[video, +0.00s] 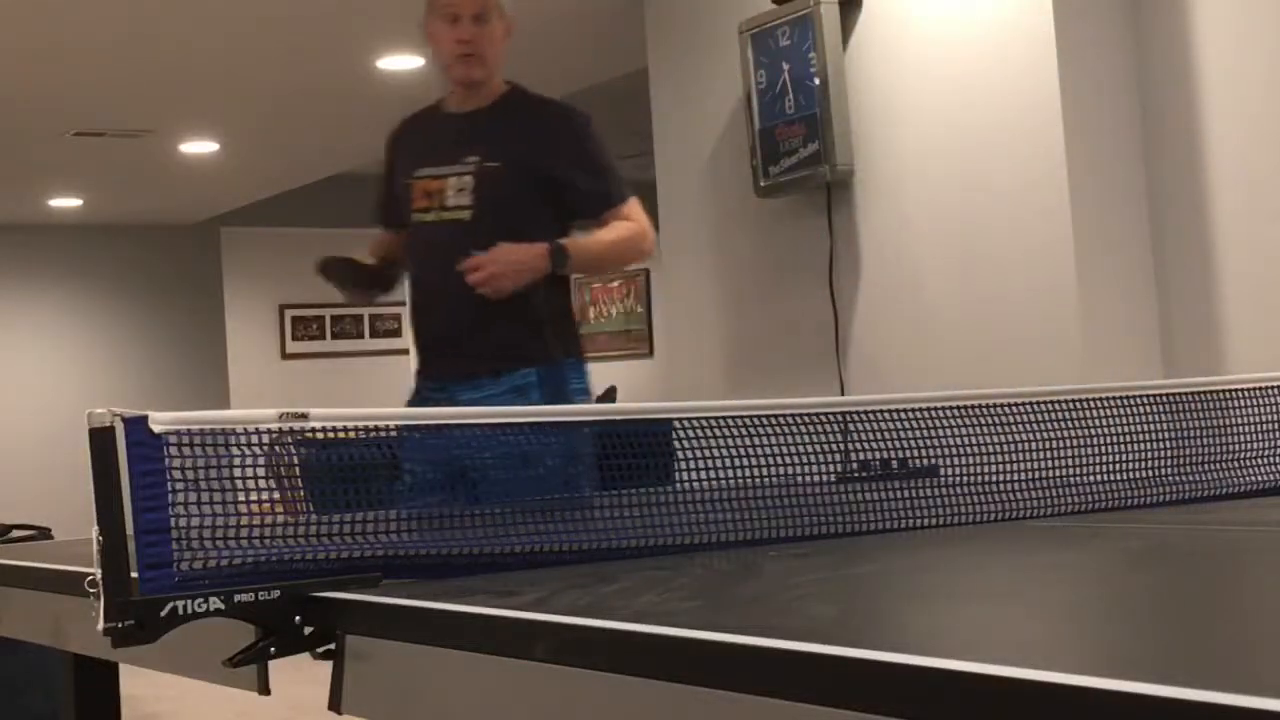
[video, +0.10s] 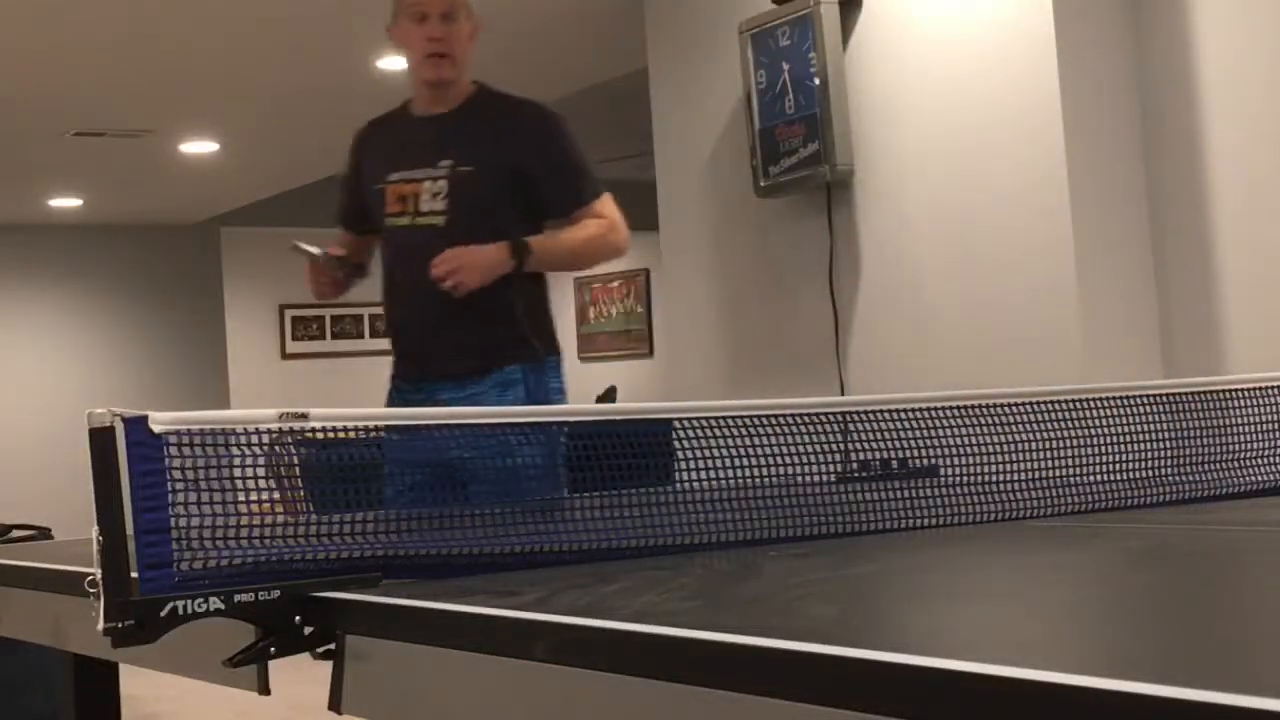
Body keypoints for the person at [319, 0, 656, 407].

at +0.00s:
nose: (465, 33)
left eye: (480, 19)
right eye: (450, 19)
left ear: (506, 30)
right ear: (428, 34)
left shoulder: (555, 126)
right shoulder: (410, 139)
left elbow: (638, 236)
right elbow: (398, 241)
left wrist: (547, 257)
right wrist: (372, 271)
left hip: (536, 389)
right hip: (438, 392)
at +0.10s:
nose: (436, 33)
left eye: (449, 17)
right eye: (419, 19)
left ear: (473, 30)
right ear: (396, 36)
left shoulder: (527, 126)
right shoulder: (375, 143)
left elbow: (611, 233)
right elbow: (355, 247)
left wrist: (508, 254)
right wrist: (331, 274)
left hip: (512, 387)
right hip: (414, 392)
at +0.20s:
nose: (413, 35)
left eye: (426, 20)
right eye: (396, 21)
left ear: (449, 34)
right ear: (371, 39)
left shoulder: (506, 129)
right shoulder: (350, 146)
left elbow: (584, 242)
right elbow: (323, 244)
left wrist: (474, 265)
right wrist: (308, 273)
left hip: (494, 385)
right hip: (397, 389)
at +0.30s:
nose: (398, 36)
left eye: (411, 22)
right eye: (381, 23)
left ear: (434, 36)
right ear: (356, 42)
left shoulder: (490, 129)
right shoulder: (333, 148)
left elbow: (555, 251)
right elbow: (306, 247)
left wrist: (444, 258)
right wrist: (289, 279)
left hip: (484, 385)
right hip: (385, 391)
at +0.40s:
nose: (389, 36)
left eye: (401, 21)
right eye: (372, 23)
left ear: (425, 37)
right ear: (347, 42)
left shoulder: (482, 130)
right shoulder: (323, 149)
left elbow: (537, 256)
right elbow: (303, 272)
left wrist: (431, 254)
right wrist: (282, 280)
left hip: (478, 391)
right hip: (375, 399)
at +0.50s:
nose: (383, 36)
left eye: (396, 21)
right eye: (366, 23)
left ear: (420, 35)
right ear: (342, 42)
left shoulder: (478, 130)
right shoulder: (320, 149)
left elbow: (534, 258)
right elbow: (315, 279)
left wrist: (436, 260)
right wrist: (291, 279)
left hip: (476, 395)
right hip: (370, 404)